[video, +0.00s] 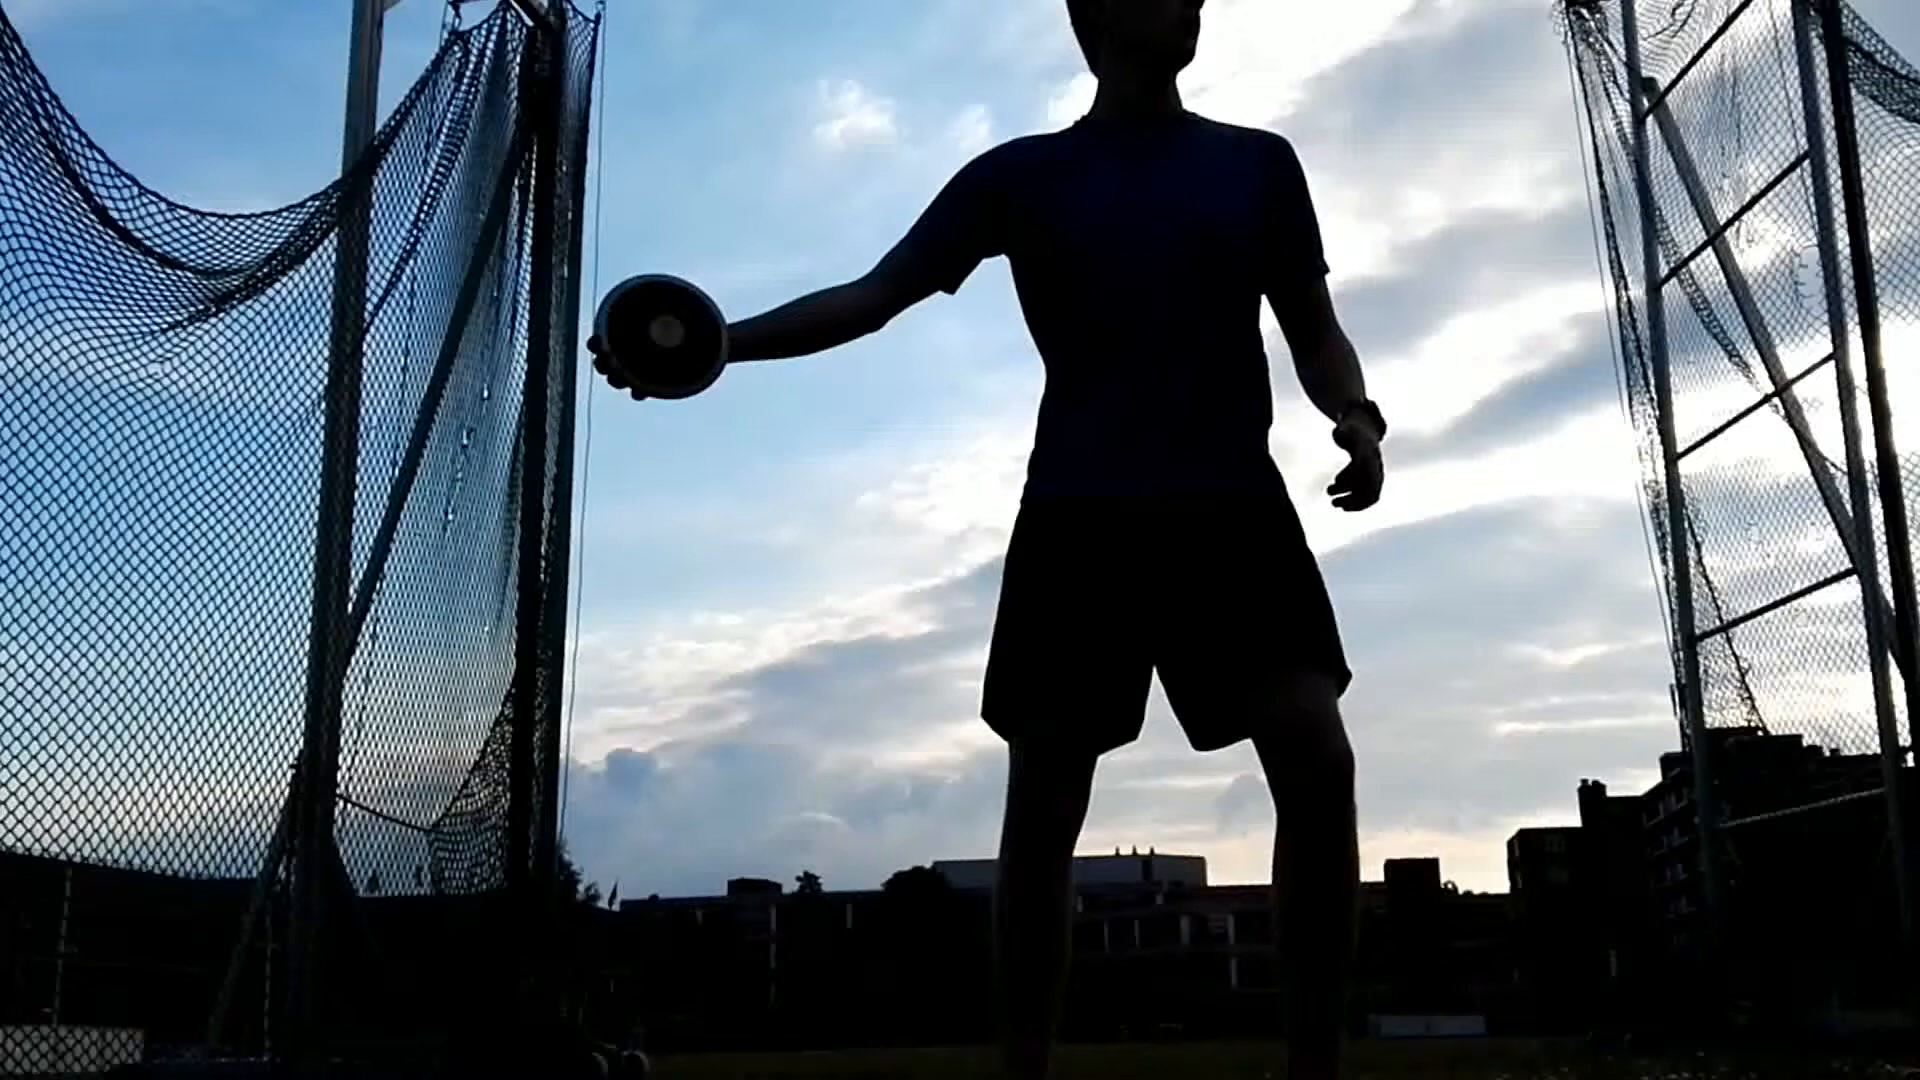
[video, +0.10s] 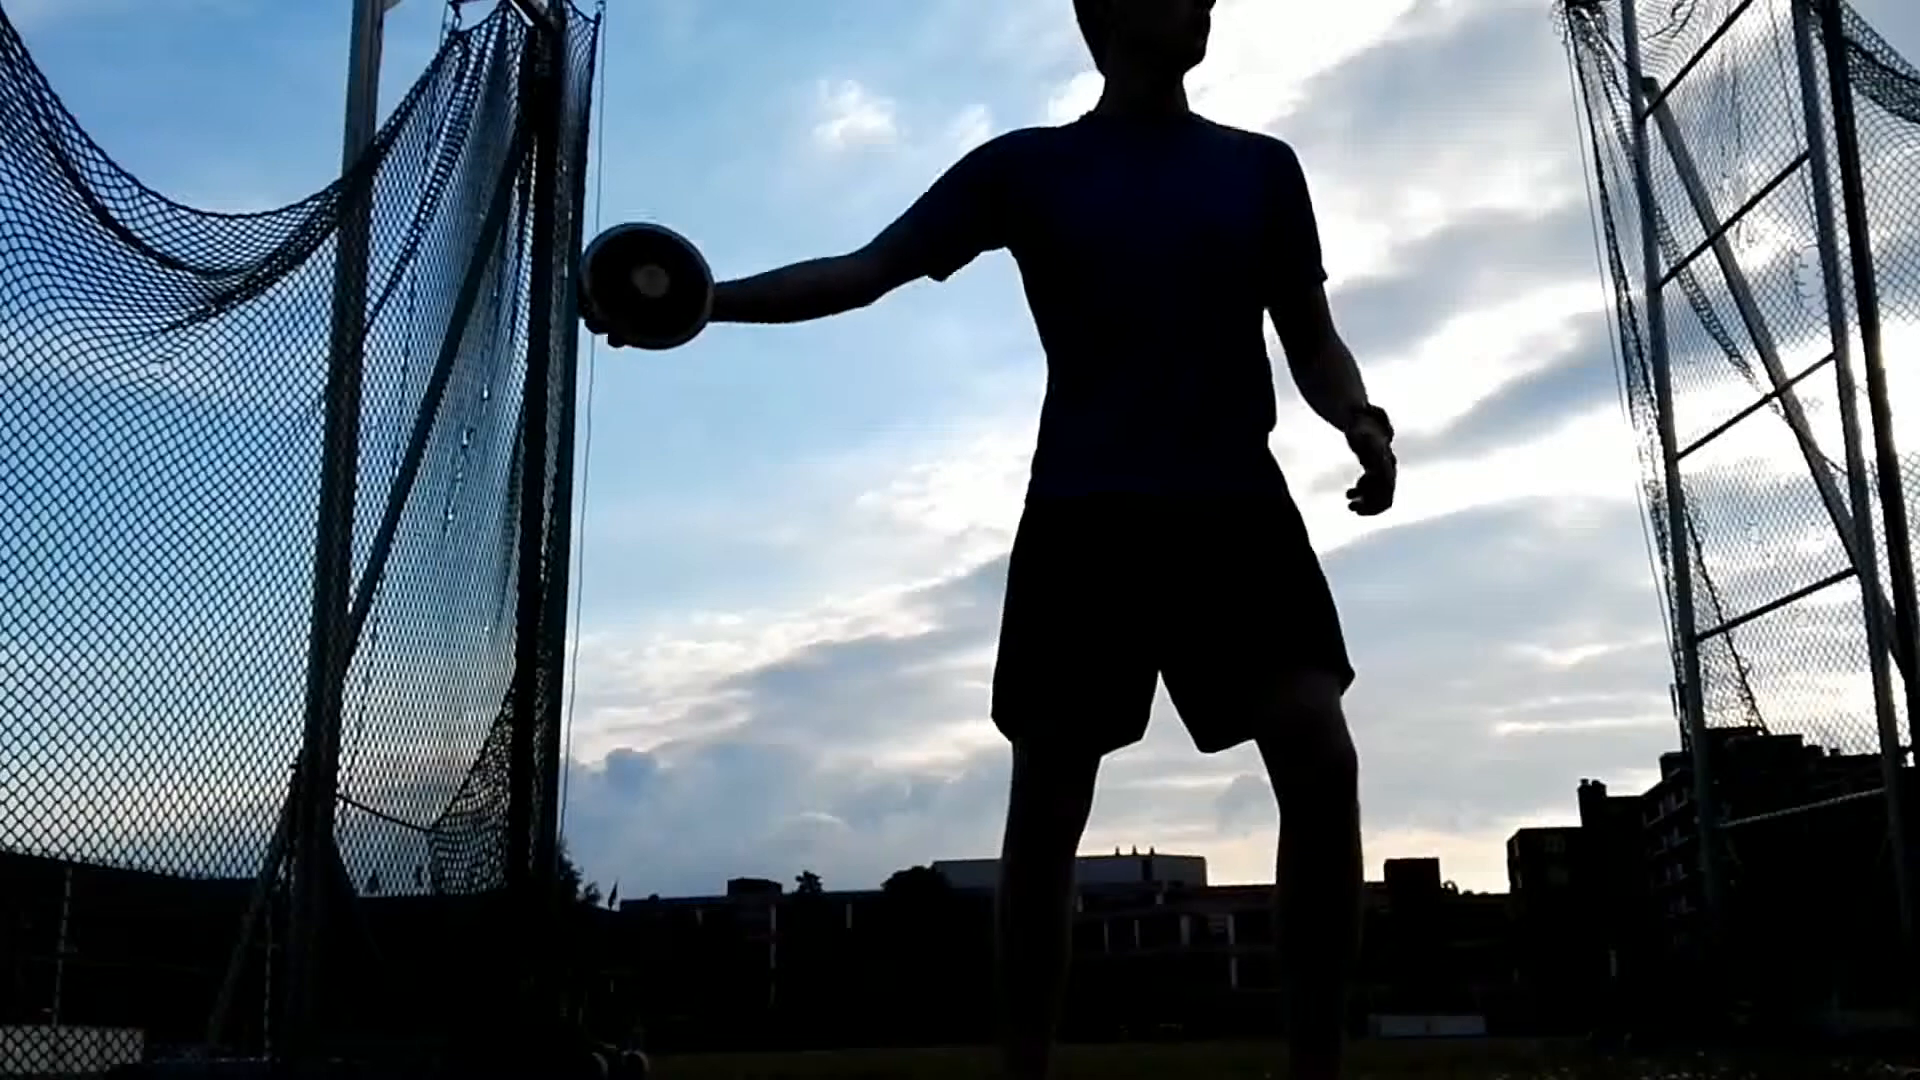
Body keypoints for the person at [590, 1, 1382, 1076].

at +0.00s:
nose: (1158, 21)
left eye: (1174, 4)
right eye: (1131, 5)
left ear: (1198, 21)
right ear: (1084, 20)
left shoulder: (1258, 166)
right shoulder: (1015, 176)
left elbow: (1314, 331)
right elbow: (870, 298)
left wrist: (1355, 415)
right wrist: (712, 341)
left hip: (1231, 512)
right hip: (1079, 518)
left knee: (1319, 770)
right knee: (1044, 808)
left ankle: (1317, 1058)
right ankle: (1025, 1070)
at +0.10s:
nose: (1172, 16)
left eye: (1186, 0)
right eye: (1144, 0)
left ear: (1208, 19)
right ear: (1094, 17)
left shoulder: (1261, 169)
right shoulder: (1022, 166)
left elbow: (1314, 343)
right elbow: (858, 273)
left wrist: (1359, 419)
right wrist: (693, 298)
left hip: (1236, 513)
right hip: (1085, 519)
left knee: (1323, 771)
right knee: (1048, 809)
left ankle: (1319, 1057)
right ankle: (1025, 1069)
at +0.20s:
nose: (1180, 20)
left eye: (1193, 4)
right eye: (1155, 4)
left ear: (1214, 27)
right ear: (1103, 20)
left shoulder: (1265, 173)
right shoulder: (1031, 158)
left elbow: (1309, 348)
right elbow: (863, 246)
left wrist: (1362, 426)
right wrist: (688, 258)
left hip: (1240, 514)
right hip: (1090, 517)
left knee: (1324, 770)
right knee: (1051, 806)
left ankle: (1321, 1058)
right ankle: (1024, 1067)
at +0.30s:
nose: (1242, 19)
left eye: (1238, 4)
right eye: (1215, 2)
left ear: (1238, 29)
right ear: (1151, 17)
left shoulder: (1277, 182)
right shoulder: (1063, 139)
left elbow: (1294, 359)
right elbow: (875, 191)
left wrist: (1384, 464)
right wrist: (704, 184)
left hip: (1249, 519)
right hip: (1105, 519)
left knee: (1328, 780)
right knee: (1059, 806)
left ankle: (1332, 1063)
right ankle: (1031, 1067)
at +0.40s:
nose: (1267, 15)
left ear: (1245, 26)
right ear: (1173, 14)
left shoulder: (1285, 186)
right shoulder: (1085, 130)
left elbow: (1288, 369)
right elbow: (897, 165)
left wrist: (1381, 478)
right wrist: (722, 150)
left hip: (1255, 521)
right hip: (1117, 516)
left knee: (1329, 780)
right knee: (1064, 802)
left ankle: (1332, 1060)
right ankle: (1031, 1065)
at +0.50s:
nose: (1290, 16)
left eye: (1284, 0)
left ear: (1250, 32)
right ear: (1189, 17)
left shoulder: (1295, 194)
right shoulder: (1117, 121)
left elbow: (1281, 373)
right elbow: (932, 148)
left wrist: (1377, 492)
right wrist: (750, 133)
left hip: (1260, 519)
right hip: (1127, 512)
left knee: (1326, 784)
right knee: (1069, 799)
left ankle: (1330, 1063)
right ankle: (1028, 1062)